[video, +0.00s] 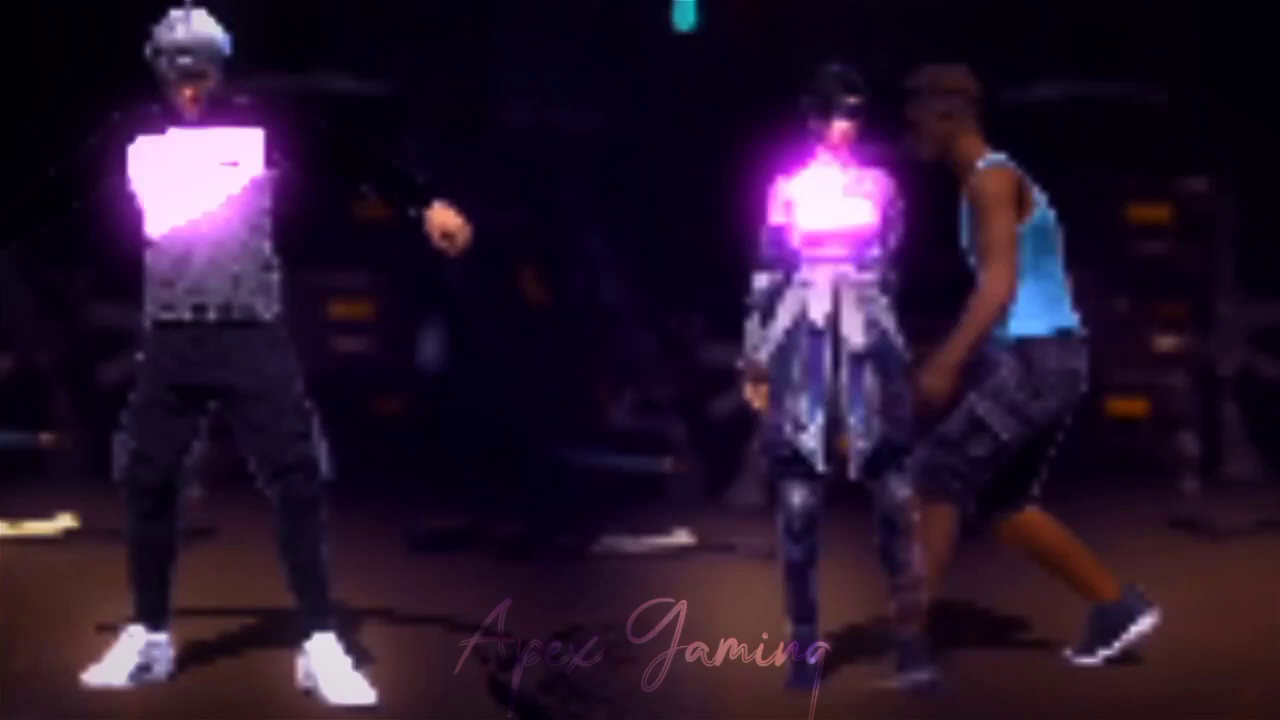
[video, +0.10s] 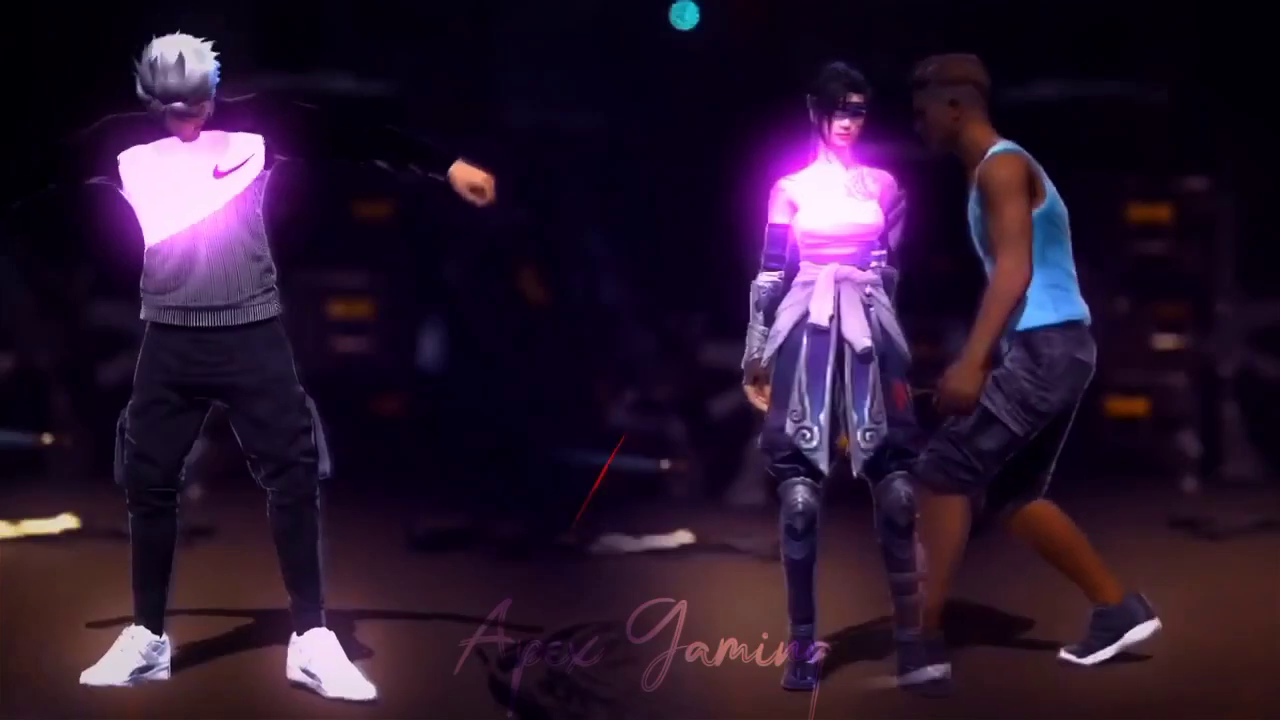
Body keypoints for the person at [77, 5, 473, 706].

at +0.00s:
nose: (190, 89)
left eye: (201, 74)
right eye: (177, 75)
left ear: (224, 71)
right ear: (156, 74)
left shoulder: (265, 127)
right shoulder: (131, 143)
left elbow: (347, 167)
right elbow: (96, 233)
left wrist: (422, 208)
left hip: (253, 336)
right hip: (170, 337)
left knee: (294, 476)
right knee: (147, 478)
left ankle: (320, 638)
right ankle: (149, 634)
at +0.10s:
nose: (184, 120)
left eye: (196, 108)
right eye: (171, 109)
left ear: (215, 92)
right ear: (148, 97)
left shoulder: (259, 129)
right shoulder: (115, 146)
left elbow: (352, 137)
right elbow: (32, 173)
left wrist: (445, 166)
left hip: (255, 338)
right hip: (169, 342)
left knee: (294, 478)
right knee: (148, 483)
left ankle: (310, 636)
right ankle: (148, 636)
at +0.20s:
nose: (183, 149)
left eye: (193, 135)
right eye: (170, 139)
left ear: (208, 113)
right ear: (148, 124)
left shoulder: (256, 135)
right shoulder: (116, 156)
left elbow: (352, 136)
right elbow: (37, 176)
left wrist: (448, 166)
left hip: (255, 339)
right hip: (170, 342)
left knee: (292, 477)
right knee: (149, 483)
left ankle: (305, 636)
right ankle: (148, 637)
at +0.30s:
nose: (190, 169)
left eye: (198, 155)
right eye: (175, 162)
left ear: (211, 124)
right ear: (149, 142)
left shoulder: (258, 138)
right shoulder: (128, 162)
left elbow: (349, 172)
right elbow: (58, 219)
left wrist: (448, 212)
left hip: (257, 340)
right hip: (172, 345)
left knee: (289, 478)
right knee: (150, 484)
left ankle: (305, 636)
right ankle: (146, 636)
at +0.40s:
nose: (193, 166)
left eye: (202, 154)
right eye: (180, 158)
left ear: (219, 129)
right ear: (156, 139)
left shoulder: (265, 154)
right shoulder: (134, 170)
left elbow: (333, 227)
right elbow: (90, 256)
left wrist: (414, 284)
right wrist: (48, 337)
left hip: (261, 345)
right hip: (176, 347)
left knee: (290, 484)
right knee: (151, 483)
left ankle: (305, 638)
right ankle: (147, 636)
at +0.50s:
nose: (204, 157)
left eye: (213, 146)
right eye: (192, 149)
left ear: (234, 120)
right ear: (171, 131)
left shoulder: (283, 150)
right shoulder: (152, 163)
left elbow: (310, 244)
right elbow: (146, 257)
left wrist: (324, 340)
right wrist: (167, 343)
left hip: (273, 342)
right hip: (186, 344)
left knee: (295, 484)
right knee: (156, 482)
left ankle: (304, 636)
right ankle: (148, 634)